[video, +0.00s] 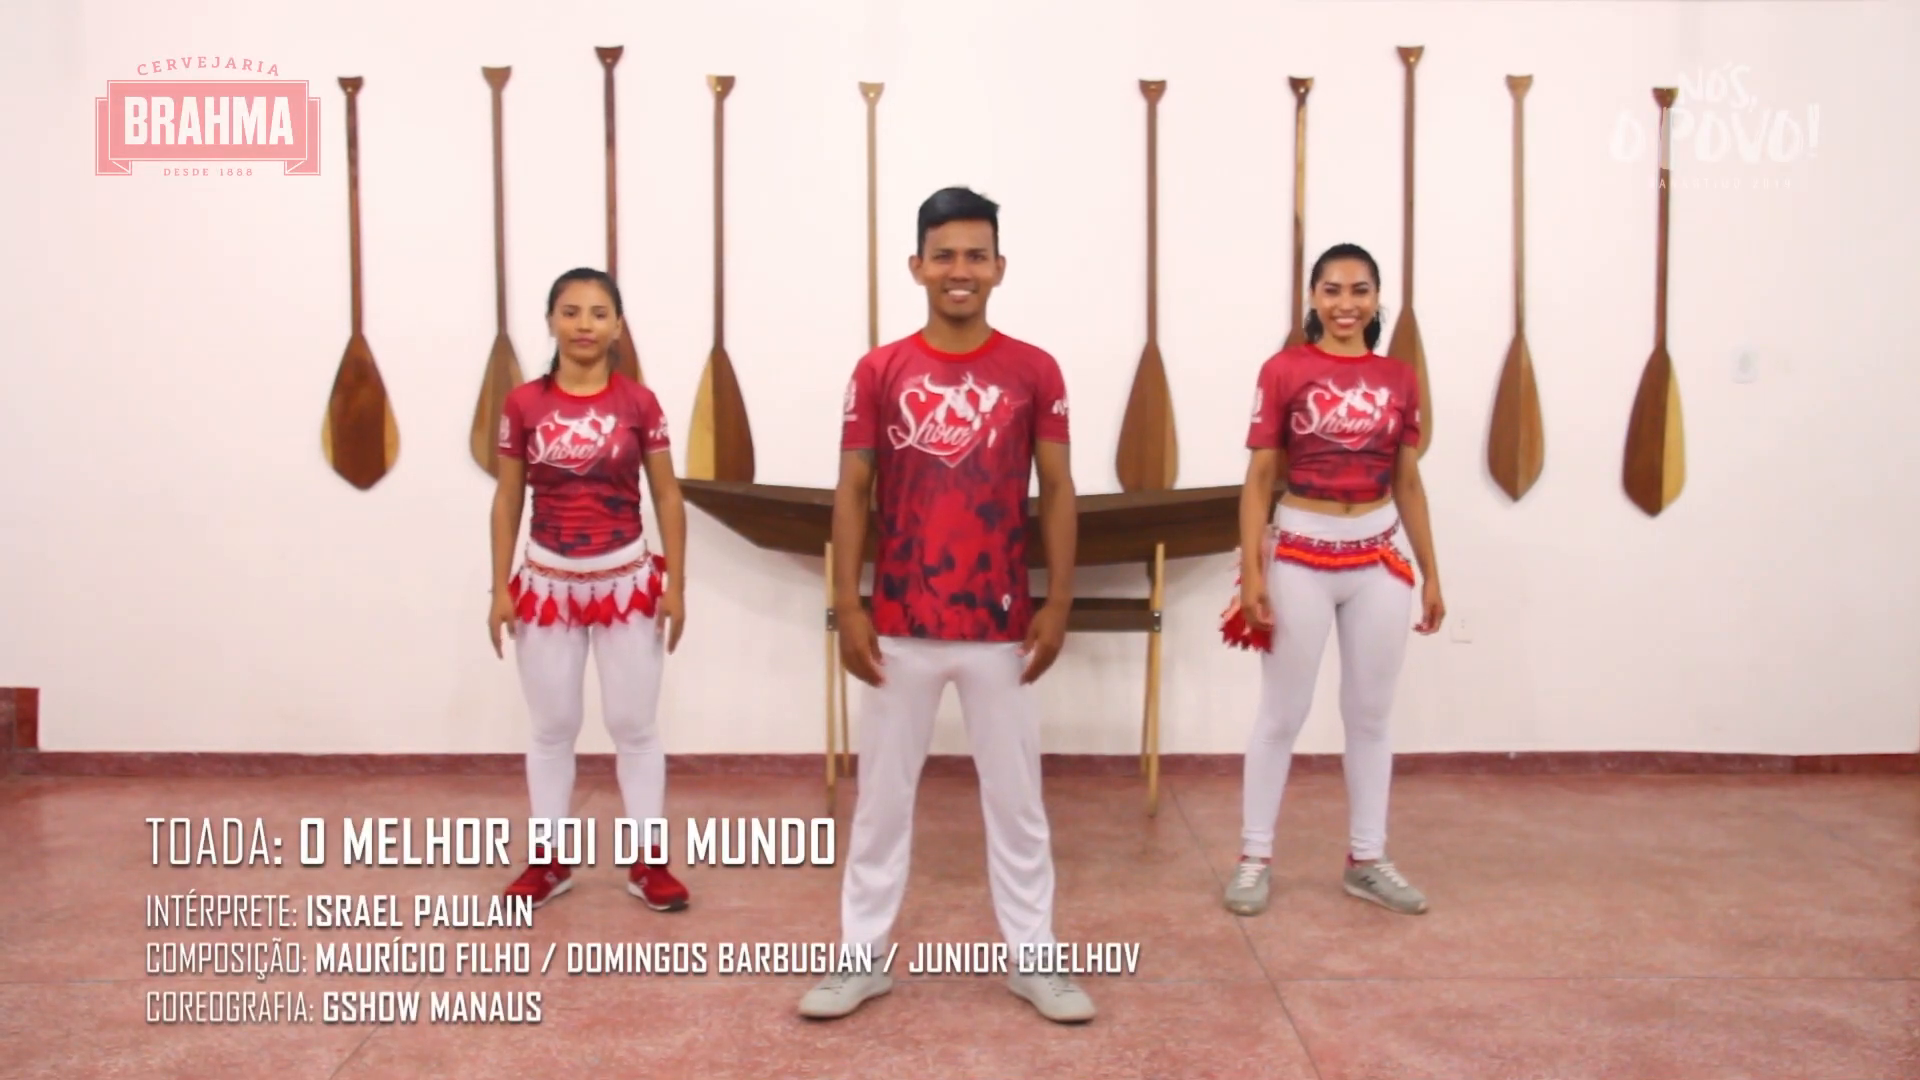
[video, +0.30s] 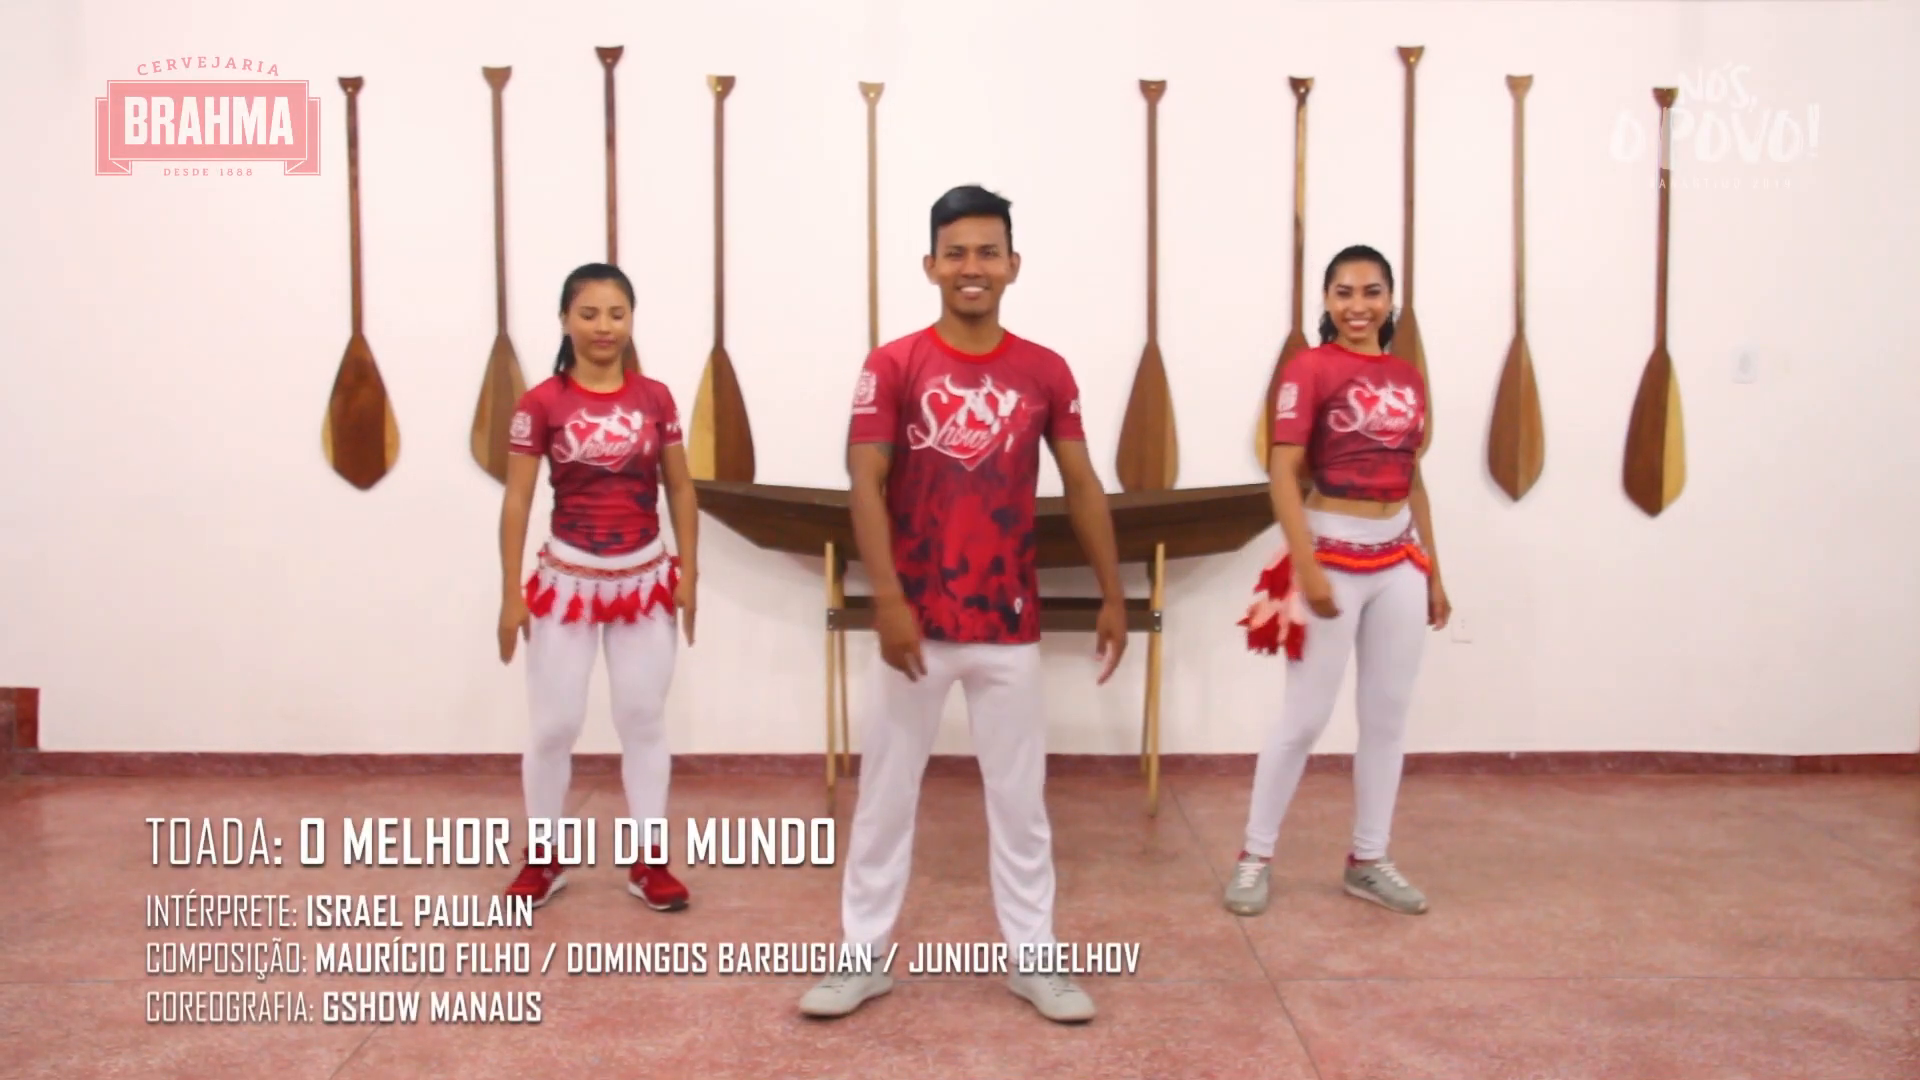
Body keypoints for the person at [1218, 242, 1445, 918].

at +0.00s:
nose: (1345, 301)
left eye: (1358, 290)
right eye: (1332, 289)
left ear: (1376, 299)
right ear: (1313, 298)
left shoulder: (1398, 376)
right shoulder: (1285, 371)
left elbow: (1407, 480)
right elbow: (1258, 481)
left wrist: (1429, 573)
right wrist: (1251, 572)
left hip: (1380, 556)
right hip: (1299, 555)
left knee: (1370, 718)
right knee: (1280, 718)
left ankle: (1367, 860)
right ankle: (1255, 860)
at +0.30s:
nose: (1358, 304)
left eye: (1371, 292)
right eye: (1345, 292)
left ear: (1390, 301)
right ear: (1326, 301)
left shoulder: (1407, 375)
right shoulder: (1308, 369)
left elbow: (1410, 476)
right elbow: (1282, 473)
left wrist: (1431, 572)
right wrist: (1305, 565)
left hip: (1399, 558)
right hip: (1329, 559)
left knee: (1385, 721)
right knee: (1303, 721)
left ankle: (1368, 860)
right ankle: (1254, 858)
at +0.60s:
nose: (1365, 299)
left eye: (1377, 287)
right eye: (1350, 290)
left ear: (1395, 300)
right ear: (1332, 305)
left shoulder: (1404, 380)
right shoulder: (1336, 376)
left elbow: (1439, 464)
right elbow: (1375, 469)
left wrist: (1472, 542)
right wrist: (1430, 547)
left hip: (1411, 557)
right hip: (1349, 559)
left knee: (1408, 717)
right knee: (1391, 717)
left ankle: (1370, 860)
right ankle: (1306, 835)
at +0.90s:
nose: (1366, 272)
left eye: (1376, 264)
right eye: (1351, 268)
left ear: (1394, 281)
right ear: (1334, 295)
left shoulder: (1423, 337)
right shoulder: (1334, 351)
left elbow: (1496, 277)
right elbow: (1369, 289)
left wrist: (1573, 211)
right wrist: (1466, 225)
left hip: (1419, 550)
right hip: (1351, 546)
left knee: (1400, 719)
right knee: (1329, 718)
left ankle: (1370, 860)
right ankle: (1285, 879)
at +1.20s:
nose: (1356, 279)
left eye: (1367, 272)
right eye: (1343, 274)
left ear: (1390, 292)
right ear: (1326, 297)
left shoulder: (1410, 348)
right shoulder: (1309, 353)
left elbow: (1427, 250)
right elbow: (1271, 267)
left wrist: (1410, 150)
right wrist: (1231, 182)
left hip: (1397, 569)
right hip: (1318, 567)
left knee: (1394, 732)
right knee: (1314, 736)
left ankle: (1375, 857)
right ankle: (1289, 902)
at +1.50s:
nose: (1337, 279)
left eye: (1350, 274)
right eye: (1324, 275)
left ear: (1373, 301)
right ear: (1307, 300)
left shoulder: (1396, 364)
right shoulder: (1281, 368)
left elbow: (1424, 270)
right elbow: (1190, 329)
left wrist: (1321, 247)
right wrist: (1088, 280)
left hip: (1367, 577)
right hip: (1281, 573)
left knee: (1380, 753)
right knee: (1286, 747)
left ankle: (1369, 845)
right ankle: (1286, 904)